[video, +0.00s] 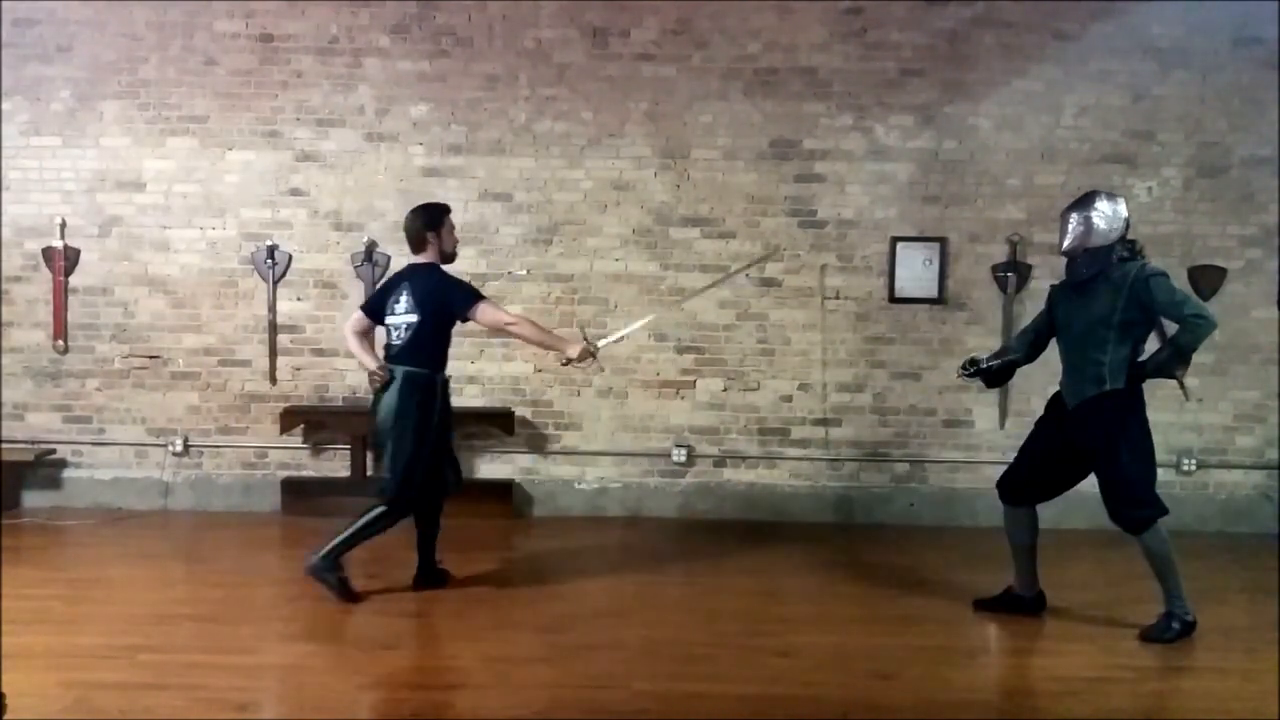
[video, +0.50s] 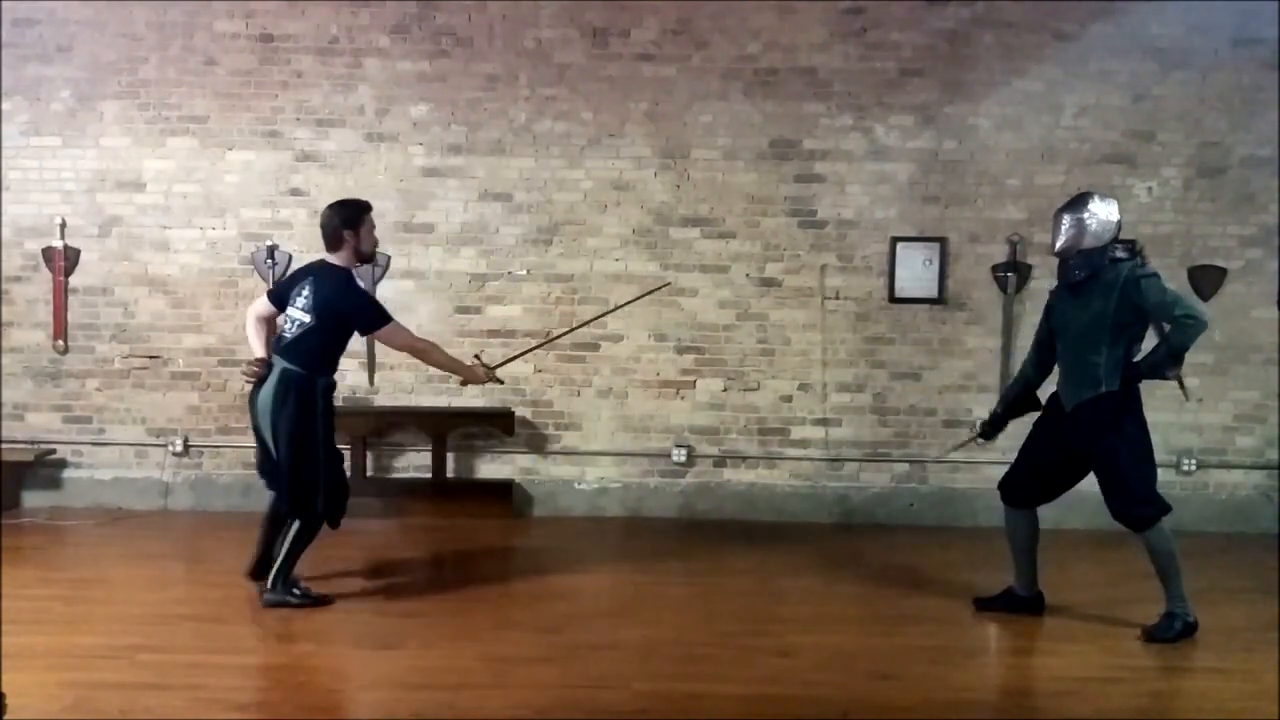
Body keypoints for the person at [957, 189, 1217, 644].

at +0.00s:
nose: (1072, 237)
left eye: (1082, 226)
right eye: (1070, 227)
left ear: (1108, 230)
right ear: (1068, 231)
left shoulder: (1139, 279)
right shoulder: (1065, 293)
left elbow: (1200, 320)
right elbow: (1030, 340)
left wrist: (1152, 366)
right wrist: (994, 363)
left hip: (1117, 412)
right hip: (1069, 412)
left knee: (1135, 510)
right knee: (1015, 491)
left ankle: (1179, 612)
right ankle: (1025, 592)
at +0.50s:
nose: (1062, 238)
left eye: (1072, 227)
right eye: (1061, 227)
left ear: (1097, 229)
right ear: (1064, 231)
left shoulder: (1131, 277)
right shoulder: (1062, 295)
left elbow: (1190, 320)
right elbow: (1037, 364)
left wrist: (1144, 368)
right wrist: (1000, 415)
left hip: (1115, 412)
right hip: (1067, 414)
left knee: (1139, 509)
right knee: (1016, 492)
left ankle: (1180, 612)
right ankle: (1025, 592)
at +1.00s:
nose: (1041, 244)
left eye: (1049, 233)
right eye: (1041, 234)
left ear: (1073, 236)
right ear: (1062, 237)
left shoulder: (1099, 284)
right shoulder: (1063, 288)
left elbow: (1147, 323)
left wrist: (1111, 376)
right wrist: (1060, 386)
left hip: (1095, 416)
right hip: (1054, 414)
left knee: (1130, 512)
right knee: (1000, 492)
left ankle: (1179, 611)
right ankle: (1023, 591)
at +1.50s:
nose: (1033, 245)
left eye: (1040, 236)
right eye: (1033, 236)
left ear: (1063, 238)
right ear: (1060, 239)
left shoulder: (1094, 284)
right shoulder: (1056, 286)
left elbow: (1144, 324)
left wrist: (1109, 376)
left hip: (1092, 416)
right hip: (1050, 413)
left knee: (1130, 511)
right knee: (998, 493)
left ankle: (1180, 612)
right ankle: (1023, 591)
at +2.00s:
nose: (1037, 246)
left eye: (1044, 235)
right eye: (1036, 236)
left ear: (1066, 236)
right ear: (1065, 237)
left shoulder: (1097, 283)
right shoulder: (1057, 287)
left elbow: (1147, 324)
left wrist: (1114, 374)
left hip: (1094, 416)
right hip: (1052, 414)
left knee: (1131, 511)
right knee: (1000, 493)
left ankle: (1180, 612)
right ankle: (1023, 591)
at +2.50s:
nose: (1043, 246)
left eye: (1051, 235)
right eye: (1042, 235)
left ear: (1075, 237)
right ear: (1058, 237)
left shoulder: (1102, 283)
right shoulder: (1063, 286)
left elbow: (1151, 322)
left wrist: (1116, 374)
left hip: (1098, 416)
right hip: (1056, 414)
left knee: (1132, 510)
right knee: (1003, 492)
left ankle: (1180, 612)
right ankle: (1023, 592)